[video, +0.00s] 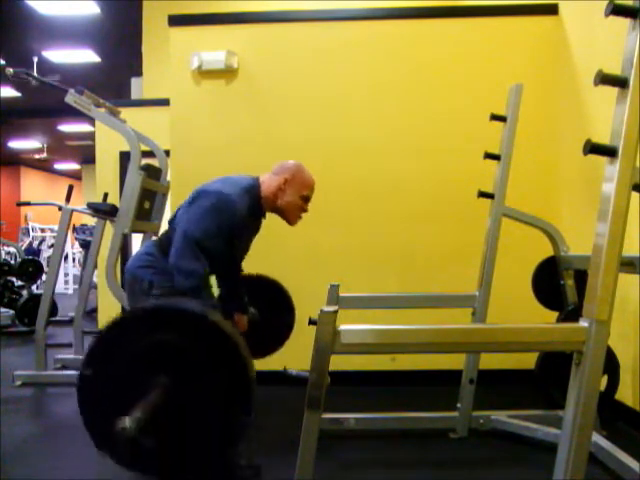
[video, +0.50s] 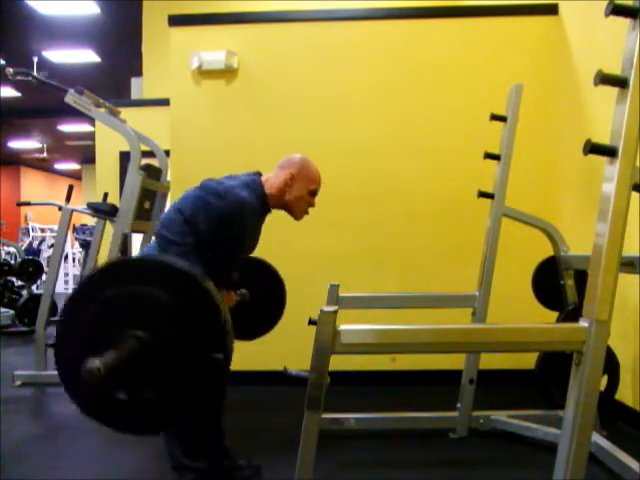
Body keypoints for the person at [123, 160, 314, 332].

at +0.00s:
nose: (306, 208)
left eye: (308, 201)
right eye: (304, 199)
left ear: (282, 186)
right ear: (282, 186)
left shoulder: (251, 209)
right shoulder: (226, 200)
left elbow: (228, 267)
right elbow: (185, 264)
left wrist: (237, 310)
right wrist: (211, 318)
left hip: (176, 280)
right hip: (151, 281)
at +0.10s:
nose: (304, 202)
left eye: (307, 195)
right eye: (303, 192)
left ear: (280, 179)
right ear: (280, 178)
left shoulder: (248, 199)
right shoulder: (229, 192)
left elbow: (226, 259)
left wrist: (237, 291)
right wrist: (230, 294)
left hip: (179, 289)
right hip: (159, 288)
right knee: (204, 370)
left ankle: (201, 454)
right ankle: (198, 457)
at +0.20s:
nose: (307, 197)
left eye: (310, 190)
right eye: (306, 187)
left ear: (284, 174)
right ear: (284, 173)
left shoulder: (251, 194)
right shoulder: (233, 188)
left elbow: (227, 248)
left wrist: (235, 276)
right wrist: (221, 276)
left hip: (194, 292)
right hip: (175, 292)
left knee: (206, 373)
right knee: (191, 373)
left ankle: (207, 457)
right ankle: (196, 461)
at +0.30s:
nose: (314, 202)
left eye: (317, 194)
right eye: (313, 192)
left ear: (291, 179)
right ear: (290, 178)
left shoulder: (255, 201)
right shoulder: (239, 192)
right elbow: (165, 210)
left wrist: (230, 271)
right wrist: (214, 267)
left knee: (211, 366)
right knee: (199, 368)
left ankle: (207, 457)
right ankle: (198, 461)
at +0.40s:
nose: (318, 207)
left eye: (320, 199)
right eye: (316, 196)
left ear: (293, 185)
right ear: (293, 184)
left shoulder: (256, 206)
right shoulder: (242, 198)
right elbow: (168, 213)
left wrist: (228, 277)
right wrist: (211, 274)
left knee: (211, 368)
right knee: (196, 371)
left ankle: (209, 458)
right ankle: (197, 462)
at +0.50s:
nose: (313, 204)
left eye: (315, 196)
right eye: (311, 193)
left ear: (287, 181)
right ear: (288, 181)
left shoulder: (250, 205)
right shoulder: (237, 201)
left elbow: (218, 255)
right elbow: (174, 237)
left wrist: (229, 288)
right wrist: (215, 289)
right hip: (168, 295)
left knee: (204, 374)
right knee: (196, 376)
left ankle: (204, 457)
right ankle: (199, 460)